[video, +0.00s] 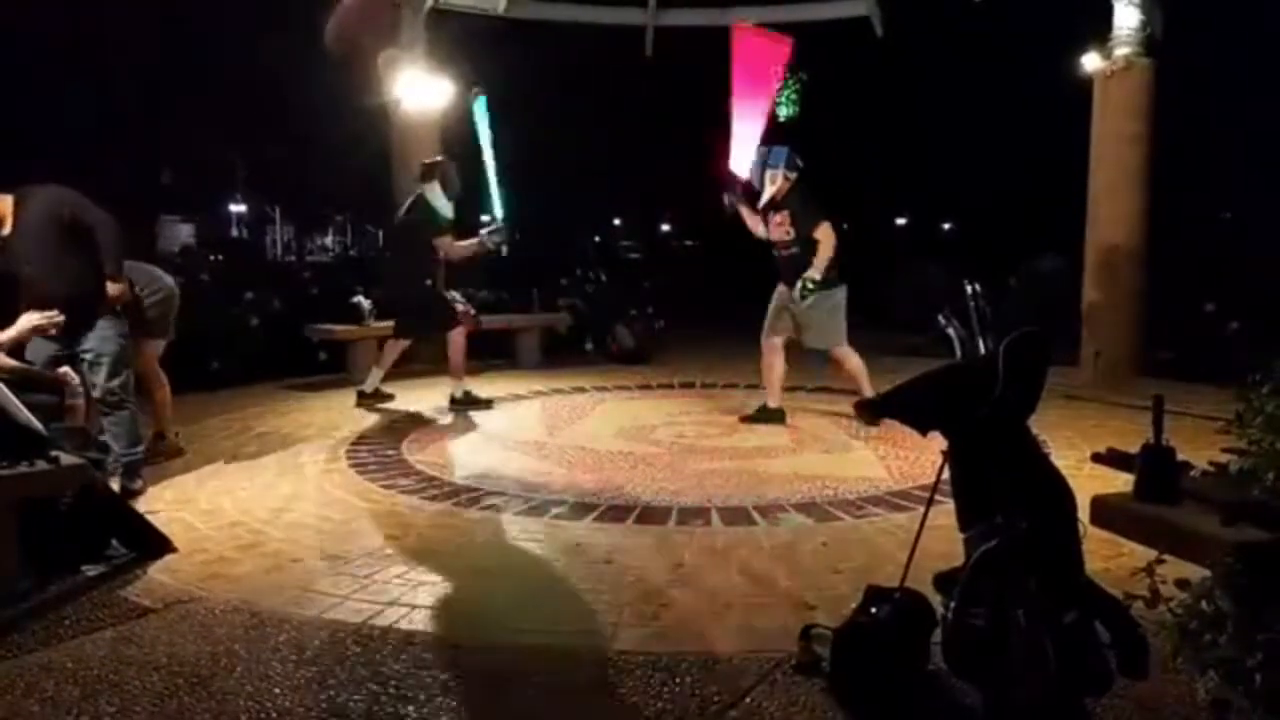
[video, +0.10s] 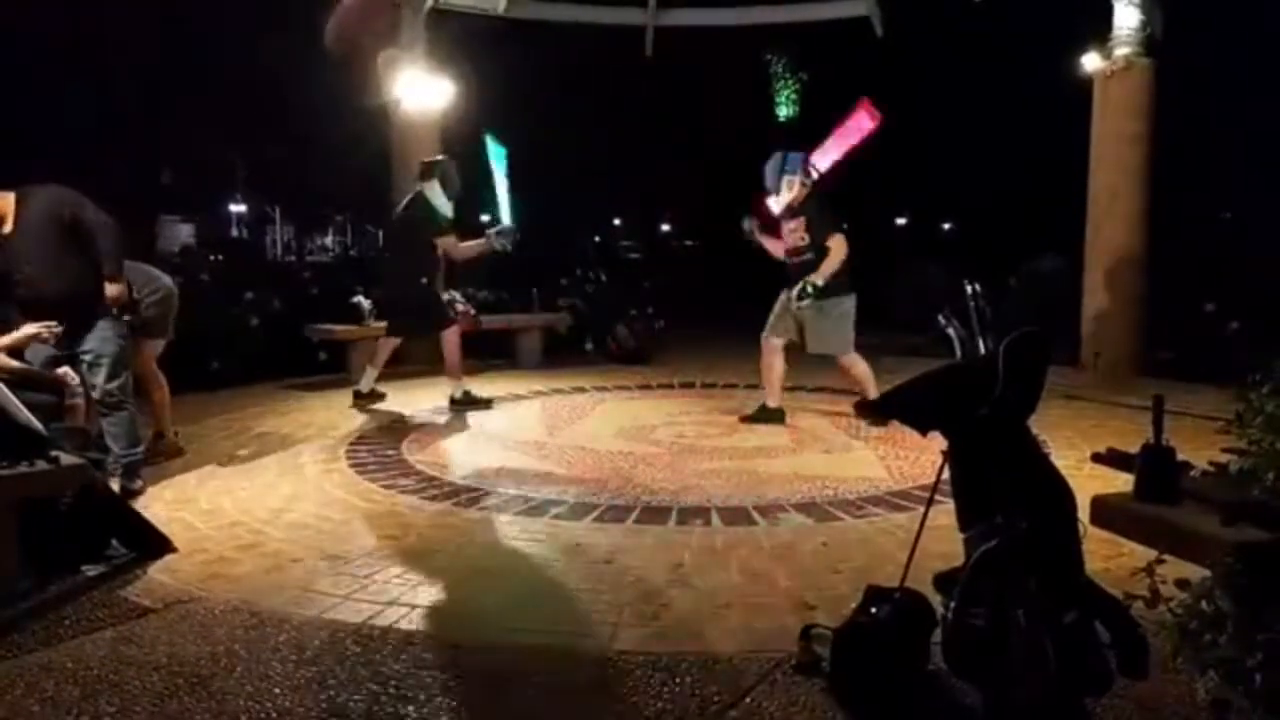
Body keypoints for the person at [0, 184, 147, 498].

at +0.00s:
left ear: (4, 200)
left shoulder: (48, 201)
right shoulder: (5, 247)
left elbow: (105, 226)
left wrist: (114, 276)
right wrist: (16, 330)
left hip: (94, 313)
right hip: (42, 326)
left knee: (110, 393)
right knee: (36, 396)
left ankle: (127, 469)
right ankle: (56, 473)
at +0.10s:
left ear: (6, 196)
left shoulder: (50, 201)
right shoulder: (5, 241)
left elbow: (105, 228)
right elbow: (8, 295)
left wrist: (113, 277)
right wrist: (17, 327)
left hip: (92, 314)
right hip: (40, 326)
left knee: (109, 394)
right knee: (35, 398)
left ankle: (125, 470)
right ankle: (54, 474)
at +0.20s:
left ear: (4, 193)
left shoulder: (54, 201)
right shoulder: (6, 241)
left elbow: (107, 227)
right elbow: (9, 290)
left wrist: (109, 277)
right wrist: (19, 324)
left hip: (91, 318)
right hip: (43, 327)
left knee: (108, 396)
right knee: (40, 401)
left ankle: (125, 470)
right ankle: (54, 475)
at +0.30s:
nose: (1, 214)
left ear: (5, 190)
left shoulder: (60, 201)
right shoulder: (7, 238)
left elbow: (112, 226)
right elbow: (10, 285)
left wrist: (104, 272)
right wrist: (22, 314)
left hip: (91, 317)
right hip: (46, 325)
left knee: (107, 398)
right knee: (40, 400)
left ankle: (125, 471)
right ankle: (55, 474)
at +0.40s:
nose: (2, 207)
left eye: (2, 200)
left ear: (10, 187)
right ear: (4, 193)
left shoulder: (66, 199)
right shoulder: (7, 231)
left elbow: (114, 225)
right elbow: (7, 282)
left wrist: (95, 266)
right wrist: (15, 310)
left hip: (89, 316)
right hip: (45, 325)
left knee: (105, 395)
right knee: (43, 401)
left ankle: (126, 471)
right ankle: (62, 473)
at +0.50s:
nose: (5, 200)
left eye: (4, 193)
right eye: (2, 195)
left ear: (16, 182)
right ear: (8, 189)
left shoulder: (72, 198)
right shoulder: (15, 223)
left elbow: (116, 225)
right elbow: (15, 272)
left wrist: (84, 259)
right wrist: (17, 296)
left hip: (91, 314)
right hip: (47, 321)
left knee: (106, 396)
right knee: (42, 399)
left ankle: (126, 471)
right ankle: (60, 472)